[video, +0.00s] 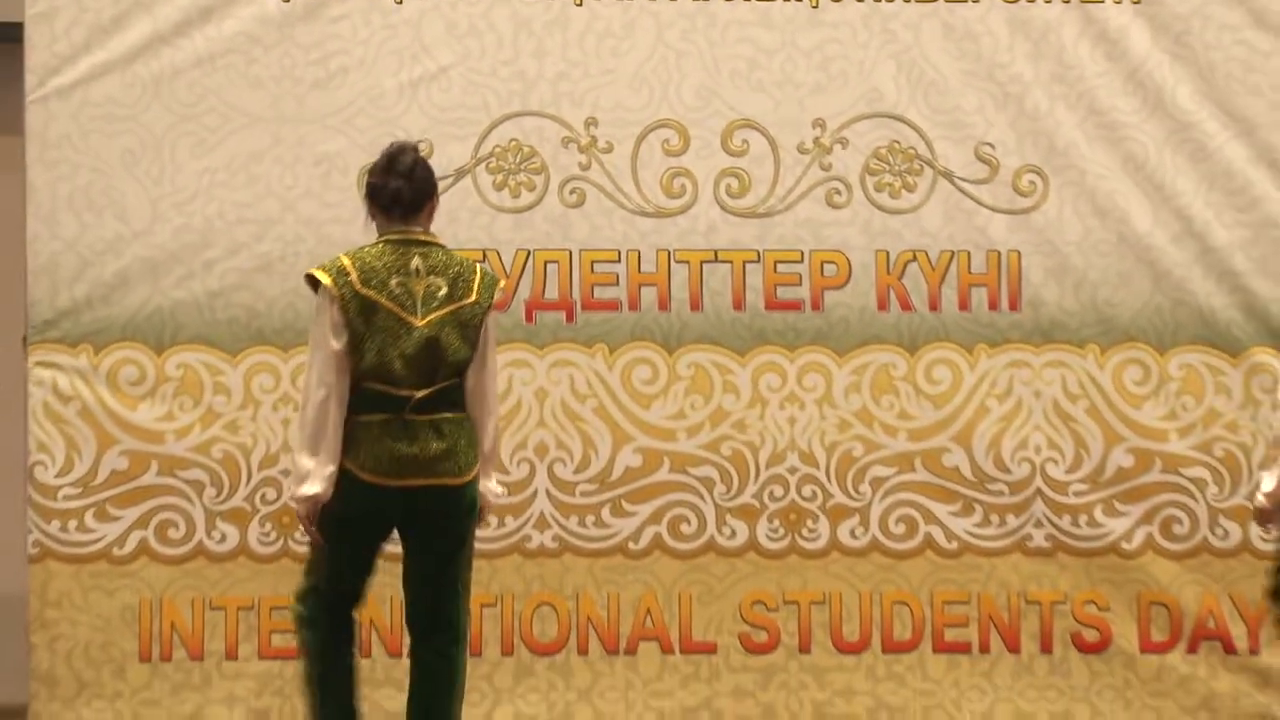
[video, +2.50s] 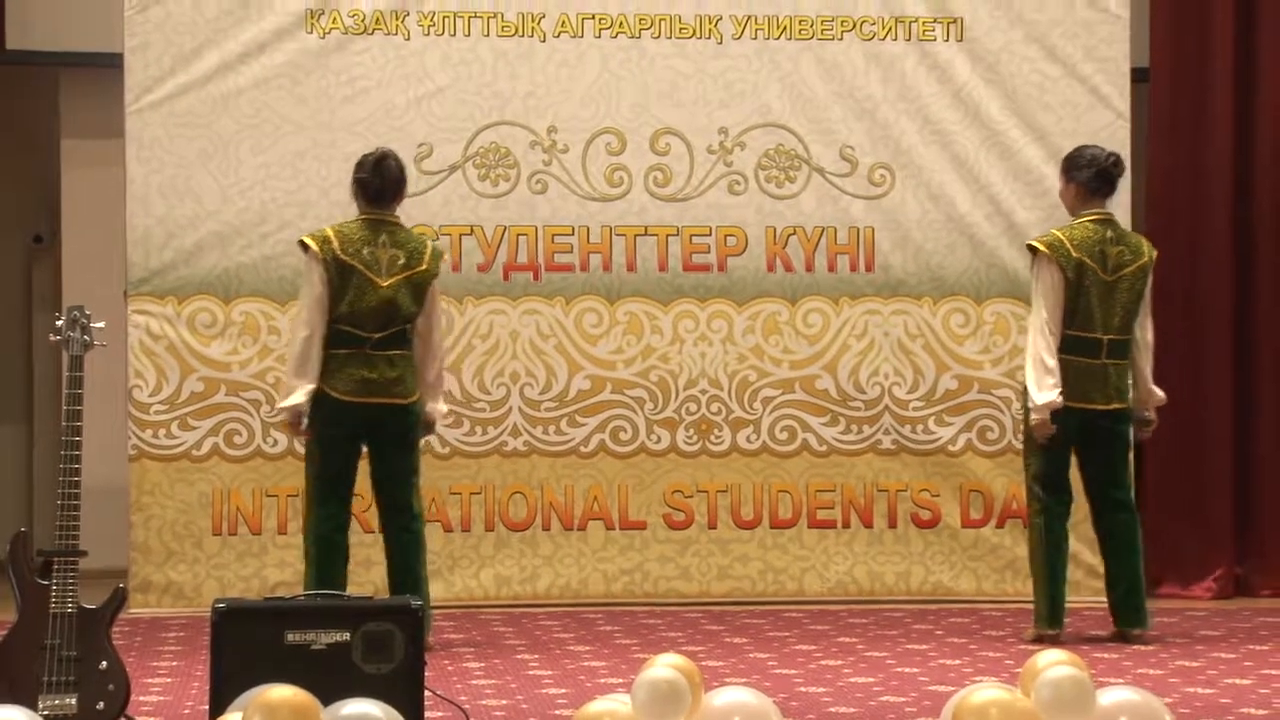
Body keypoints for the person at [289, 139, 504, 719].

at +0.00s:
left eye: (375, 201)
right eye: (426, 200)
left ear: (370, 207)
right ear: (432, 206)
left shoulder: (344, 278)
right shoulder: (473, 279)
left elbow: (326, 388)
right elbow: (482, 388)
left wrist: (313, 481)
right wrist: (484, 476)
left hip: (363, 485)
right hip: (446, 487)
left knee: (326, 608)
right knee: (439, 628)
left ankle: (336, 714)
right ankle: (435, 717)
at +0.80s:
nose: (353, 184)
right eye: (368, 175)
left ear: (315, 179)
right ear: (373, 180)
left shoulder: (281, 244)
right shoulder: (400, 250)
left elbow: (257, 342)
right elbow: (408, 350)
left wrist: (238, 423)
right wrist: (413, 432)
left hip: (299, 431)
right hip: (372, 434)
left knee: (299, 561)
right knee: (380, 555)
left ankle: (307, 692)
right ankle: (392, 683)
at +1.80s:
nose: (408, 184)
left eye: (383, 175)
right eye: (415, 176)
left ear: (368, 180)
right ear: (419, 180)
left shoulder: (340, 242)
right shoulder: (445, 240)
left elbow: (330, 328)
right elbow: (459, 325)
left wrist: (327, 399)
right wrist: (469, 394)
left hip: (367, 407)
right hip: (431, 406)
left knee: (362, 511)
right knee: (425, 519)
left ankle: (366, 624)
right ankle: (416, 633)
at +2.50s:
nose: (378, 198)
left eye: (363, 189)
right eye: (390, 190)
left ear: (355, 192)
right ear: (402, 195)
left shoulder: (326, 246)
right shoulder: (426, 253)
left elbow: (311, 326)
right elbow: (430, 336)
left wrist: (299, 395)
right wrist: (430, 400)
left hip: (336, 404)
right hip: (398, 406)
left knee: (327, 517)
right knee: (403, 517)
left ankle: (322, 623)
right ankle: (412, 622)